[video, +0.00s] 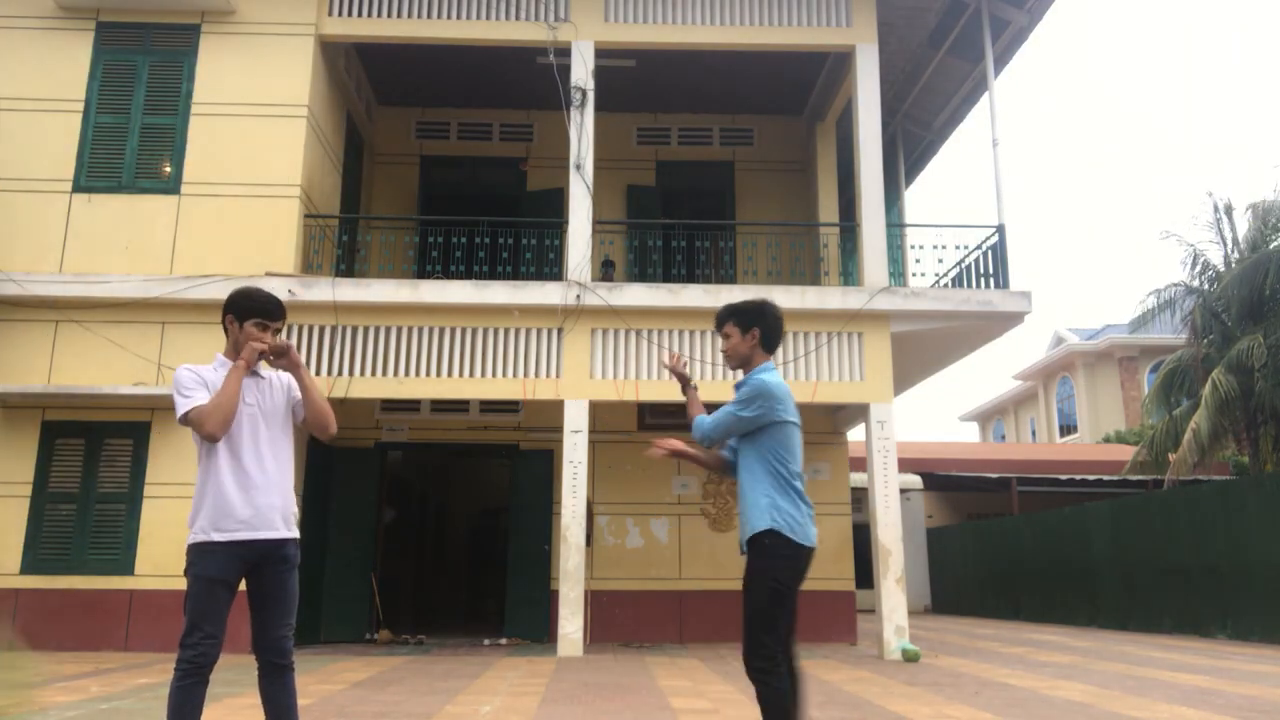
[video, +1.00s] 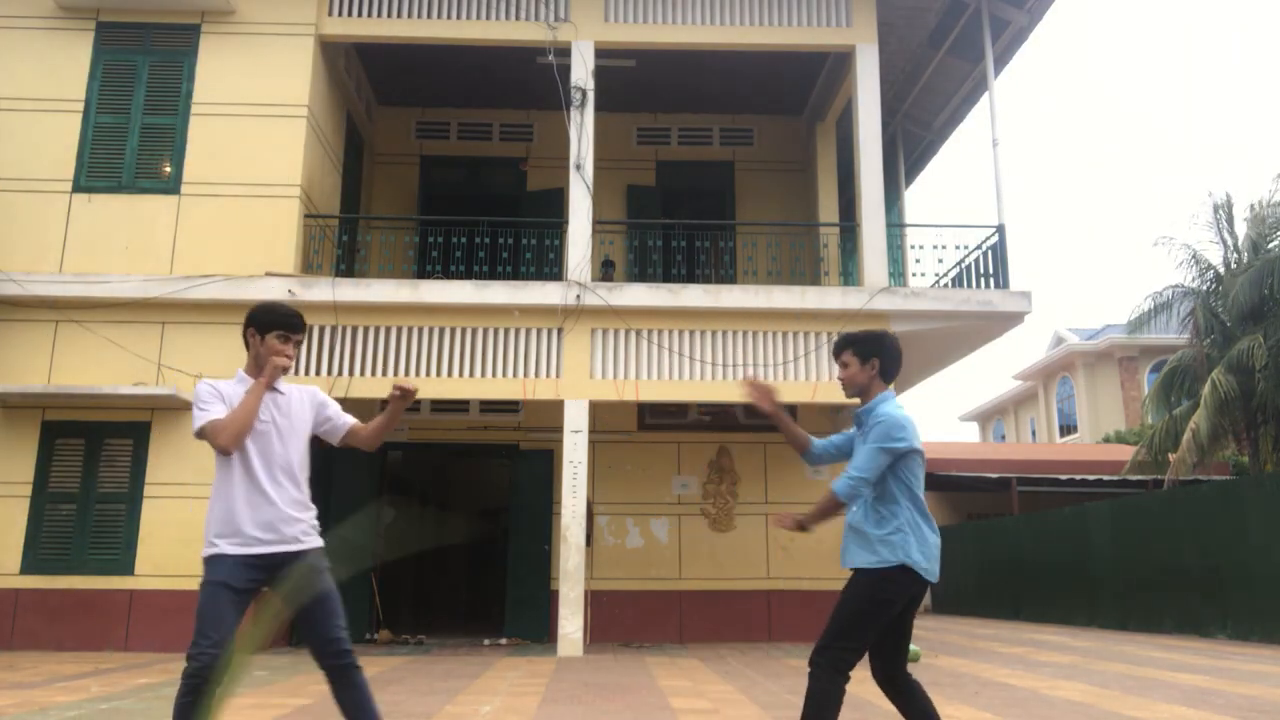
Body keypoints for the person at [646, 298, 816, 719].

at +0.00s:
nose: (721, 347)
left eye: (727, 337)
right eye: (721, 338)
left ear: (754, 336)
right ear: (751, 339)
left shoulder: (763, 385)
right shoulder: (767, 389)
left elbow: (703, 432)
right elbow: (734, 466)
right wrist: (686, 450)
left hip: (777, 535)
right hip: (783, 534)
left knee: (763, 658)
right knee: (773, 656)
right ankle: (786, 716)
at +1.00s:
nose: (839, 376)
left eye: (846, 367)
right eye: (839, 368)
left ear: (874, 367)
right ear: (870, 370)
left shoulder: (890, 421)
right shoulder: (873, 423)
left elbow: (852, 486)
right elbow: (817, 451)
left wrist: (806, 520)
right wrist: (775, 412)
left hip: (891, 562)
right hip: (894, 563)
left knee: (828, 663)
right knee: (890, 673)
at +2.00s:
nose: (826, 377)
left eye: (833, 368)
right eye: (825, 369)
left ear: (862, 369)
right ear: (852, 371)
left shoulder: (881, 423)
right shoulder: (866, 424)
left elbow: (845, 484)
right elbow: (823, 473)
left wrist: (783, 473)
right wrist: (772, 461)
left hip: (880, 567)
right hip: (888, 568)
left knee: (817, 663)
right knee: (886, 675)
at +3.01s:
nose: (838, 390)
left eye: (843, 380)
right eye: (837, 381)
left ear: (871, 380)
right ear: (871, 382)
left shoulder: (882, 429)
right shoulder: (904, 430)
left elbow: (817, 477)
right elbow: (878, 507)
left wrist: (750, 479)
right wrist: (834, 482)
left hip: (890, 574)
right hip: (918, 576)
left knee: (824, 667)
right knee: (889, 677)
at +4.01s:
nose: (836, 387)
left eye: (842, 378)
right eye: (835, 379)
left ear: (870, 378)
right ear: (869, 380)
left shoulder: (881, 427)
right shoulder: (902, 429)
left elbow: (817, 473)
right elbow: (875, 508)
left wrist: (747, 475)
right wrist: (830, 479)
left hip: (888, 573)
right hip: (915, 575)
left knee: (821, 666)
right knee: (890, 677)